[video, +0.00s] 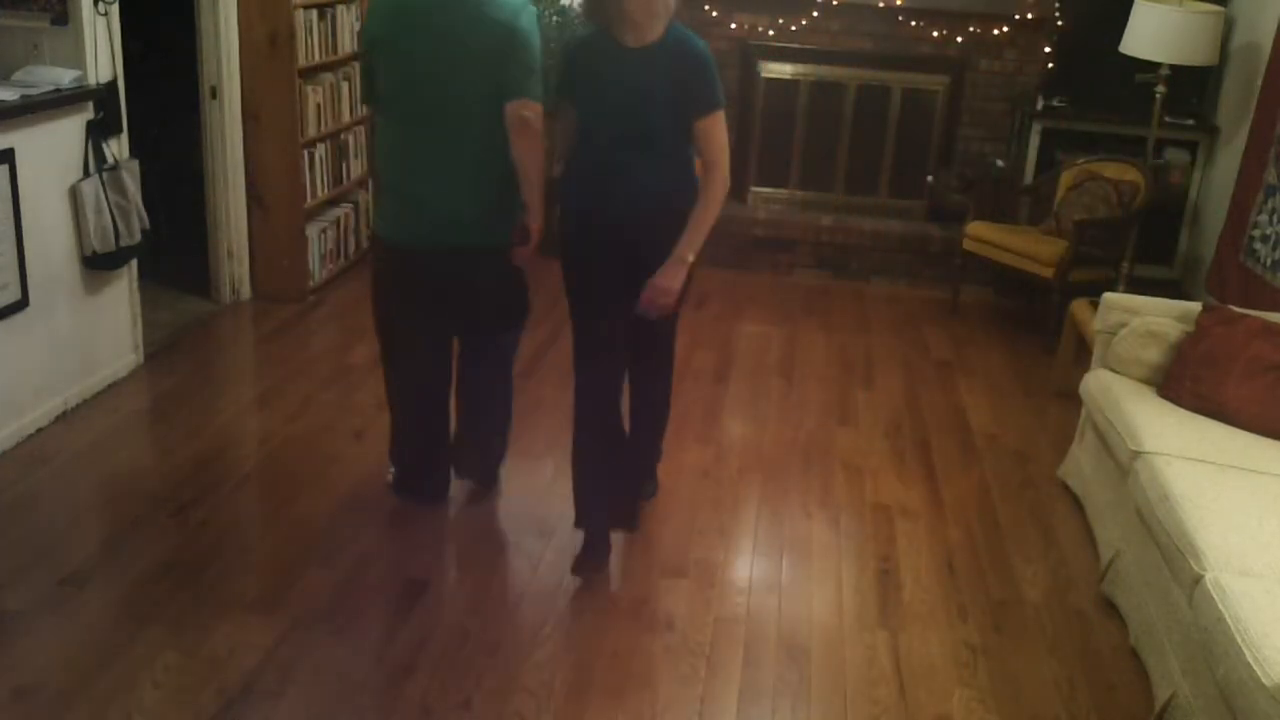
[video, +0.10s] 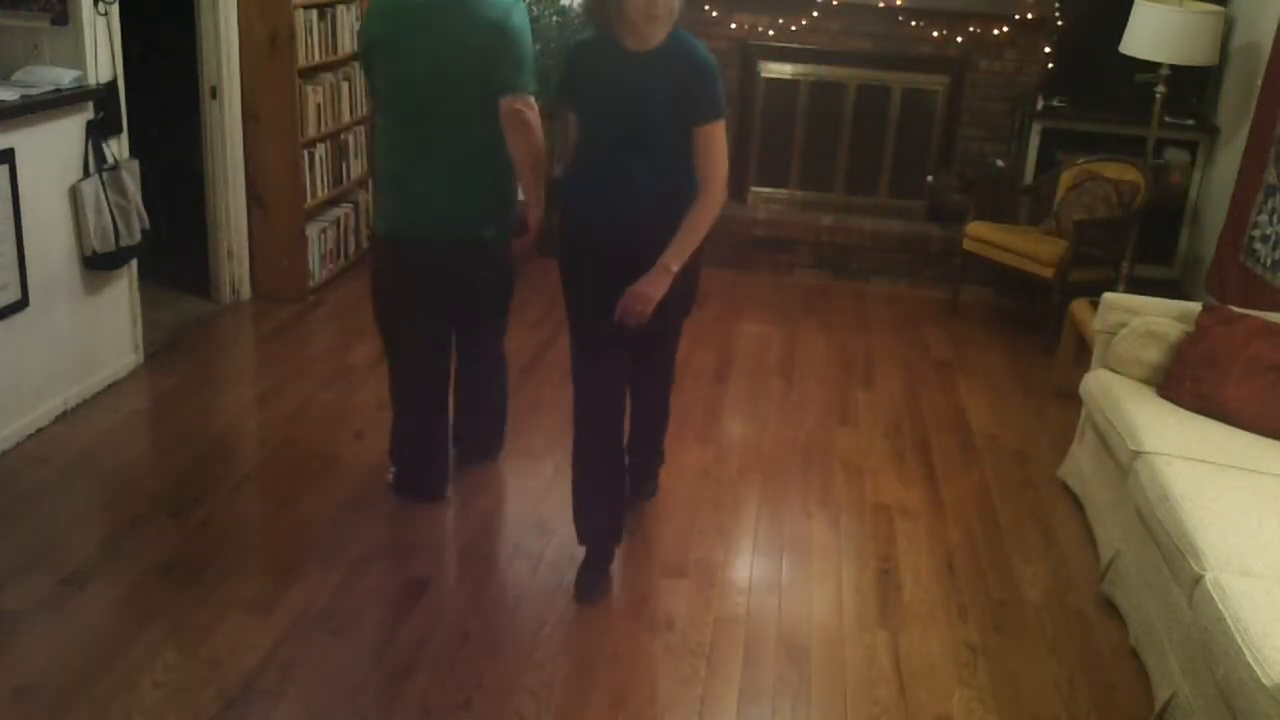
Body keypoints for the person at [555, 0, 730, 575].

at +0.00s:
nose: (644, 5)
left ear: (666, 2)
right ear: (614, 2)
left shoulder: (689, 57)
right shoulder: (579, 54)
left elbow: (719, 174)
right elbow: (560, 151)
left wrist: (679, 263)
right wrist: (547, 223)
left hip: (660, 241)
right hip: (590, 239)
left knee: (650, 374)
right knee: (594, 382)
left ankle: (637, 486)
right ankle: (593, 526)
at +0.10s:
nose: (650, 6)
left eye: (660, 0)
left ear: (673, 3)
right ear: (617, 2)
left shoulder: (693, 65)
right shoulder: (583, 57)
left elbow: (714, 189)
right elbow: (570, 151)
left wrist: (661, 274)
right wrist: (557, 211)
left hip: (664, 254)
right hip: (590, 249)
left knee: (652, 377)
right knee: (594, 392)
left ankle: (642, 474)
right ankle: (597, 536)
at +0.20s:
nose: (646, 4)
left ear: (673, 2)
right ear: (617, 1)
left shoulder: (695, 68)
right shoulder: (584, 57)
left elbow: (712, 194)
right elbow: (568, 156)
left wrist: (653, 279)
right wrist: (555, 219)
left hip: (665, 261)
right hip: (586, 253)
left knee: (652, 379)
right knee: (588, 404)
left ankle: (644, 468)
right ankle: (594, 550)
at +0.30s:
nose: (658, 3)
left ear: (686, 2)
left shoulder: (702, 70)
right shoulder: (584, 56)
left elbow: (714, 201)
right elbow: (560, 164)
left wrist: (650, 287)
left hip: (669, 263)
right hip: (586, 254)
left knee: (654, 404)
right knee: (588, 408)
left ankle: (643, 487)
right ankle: (595, 549)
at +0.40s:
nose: (674, 3)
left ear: (695, 4)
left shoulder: (710, 74)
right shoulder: (589, 55)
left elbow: (722, 204)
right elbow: (557, 155)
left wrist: (654, 292)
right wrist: (546, 239)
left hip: (671, 268)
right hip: (586, 258)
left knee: (657, 407)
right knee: (592, 405)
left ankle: (641, 538)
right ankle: (596, 548)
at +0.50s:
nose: (693, 4)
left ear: (708, 7)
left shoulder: (716, 81)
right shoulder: (590, 60)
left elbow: (734, 217)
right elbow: (553, 165)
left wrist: (661, 300)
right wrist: (536, 252)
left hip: (676, 283)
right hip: (587, 271)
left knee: (661, 438)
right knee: (594, 422)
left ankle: (650, 611)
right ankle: (598, 547)